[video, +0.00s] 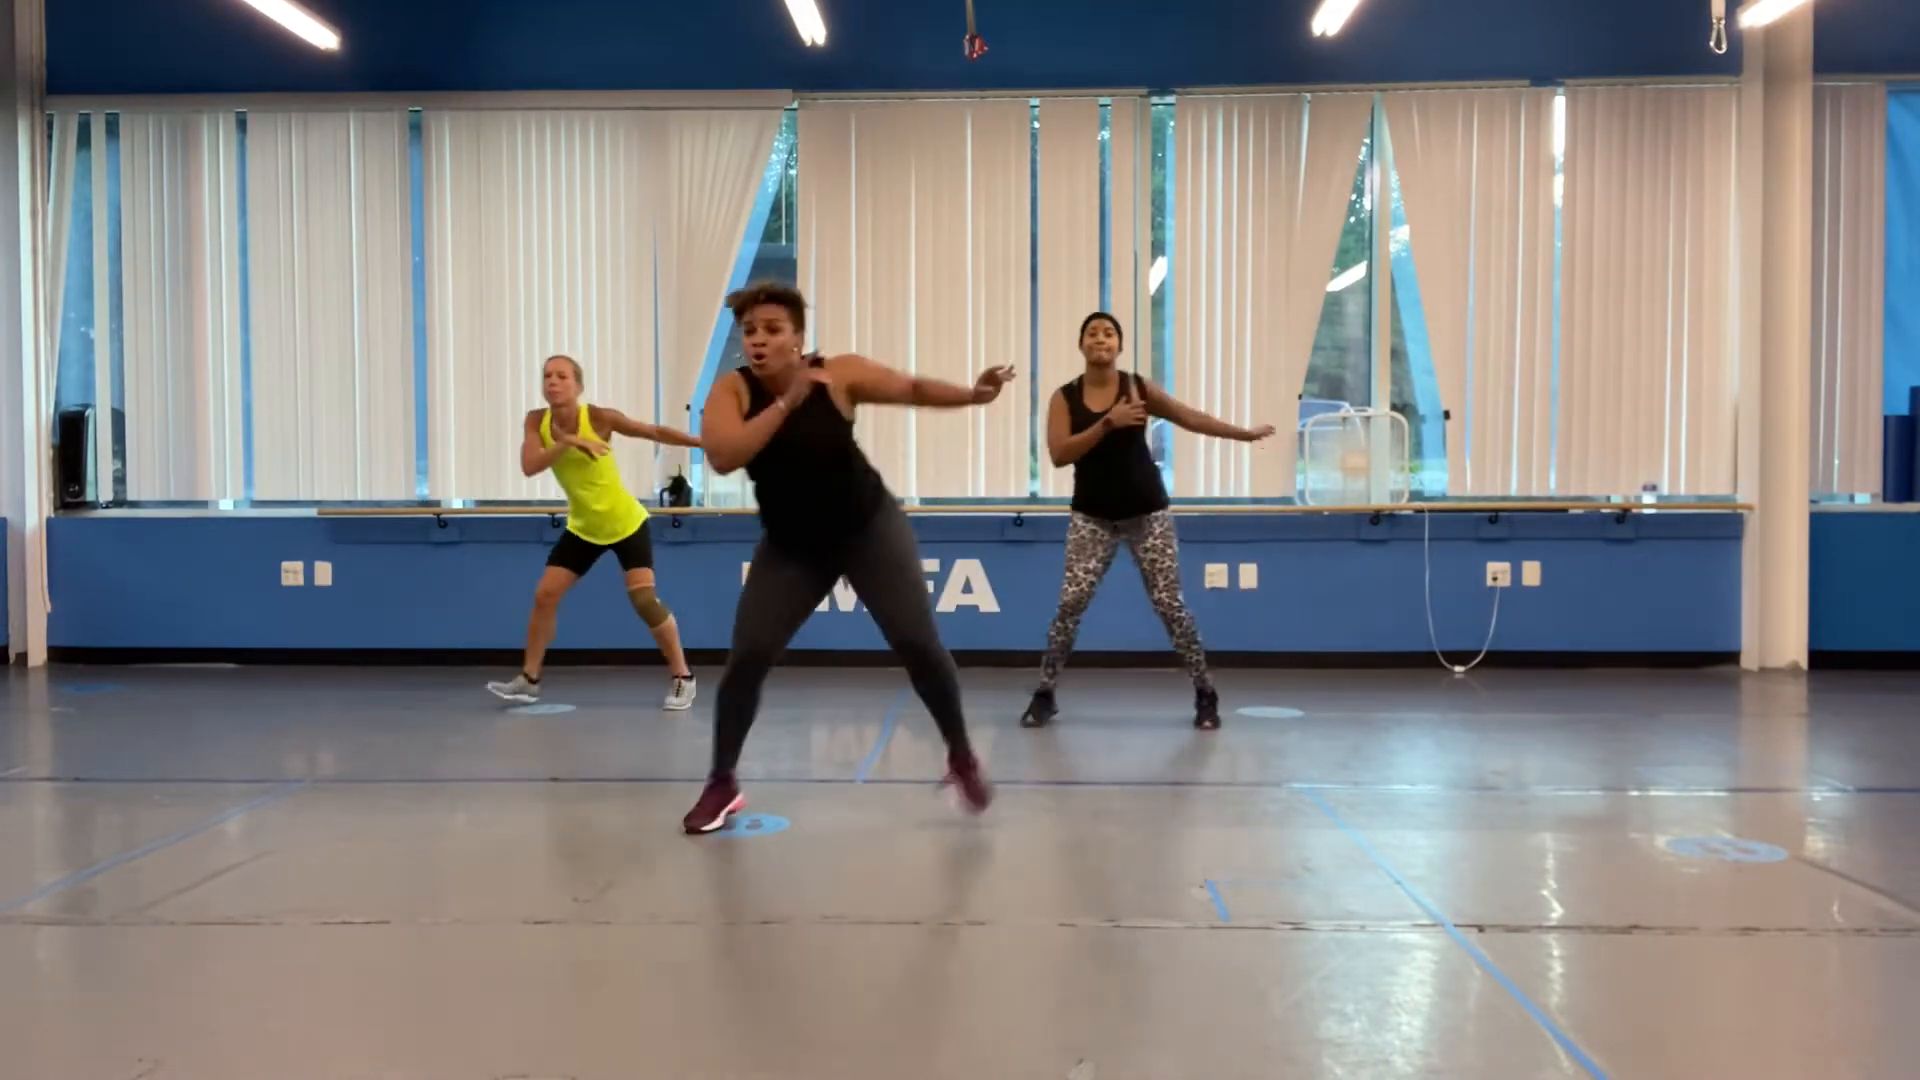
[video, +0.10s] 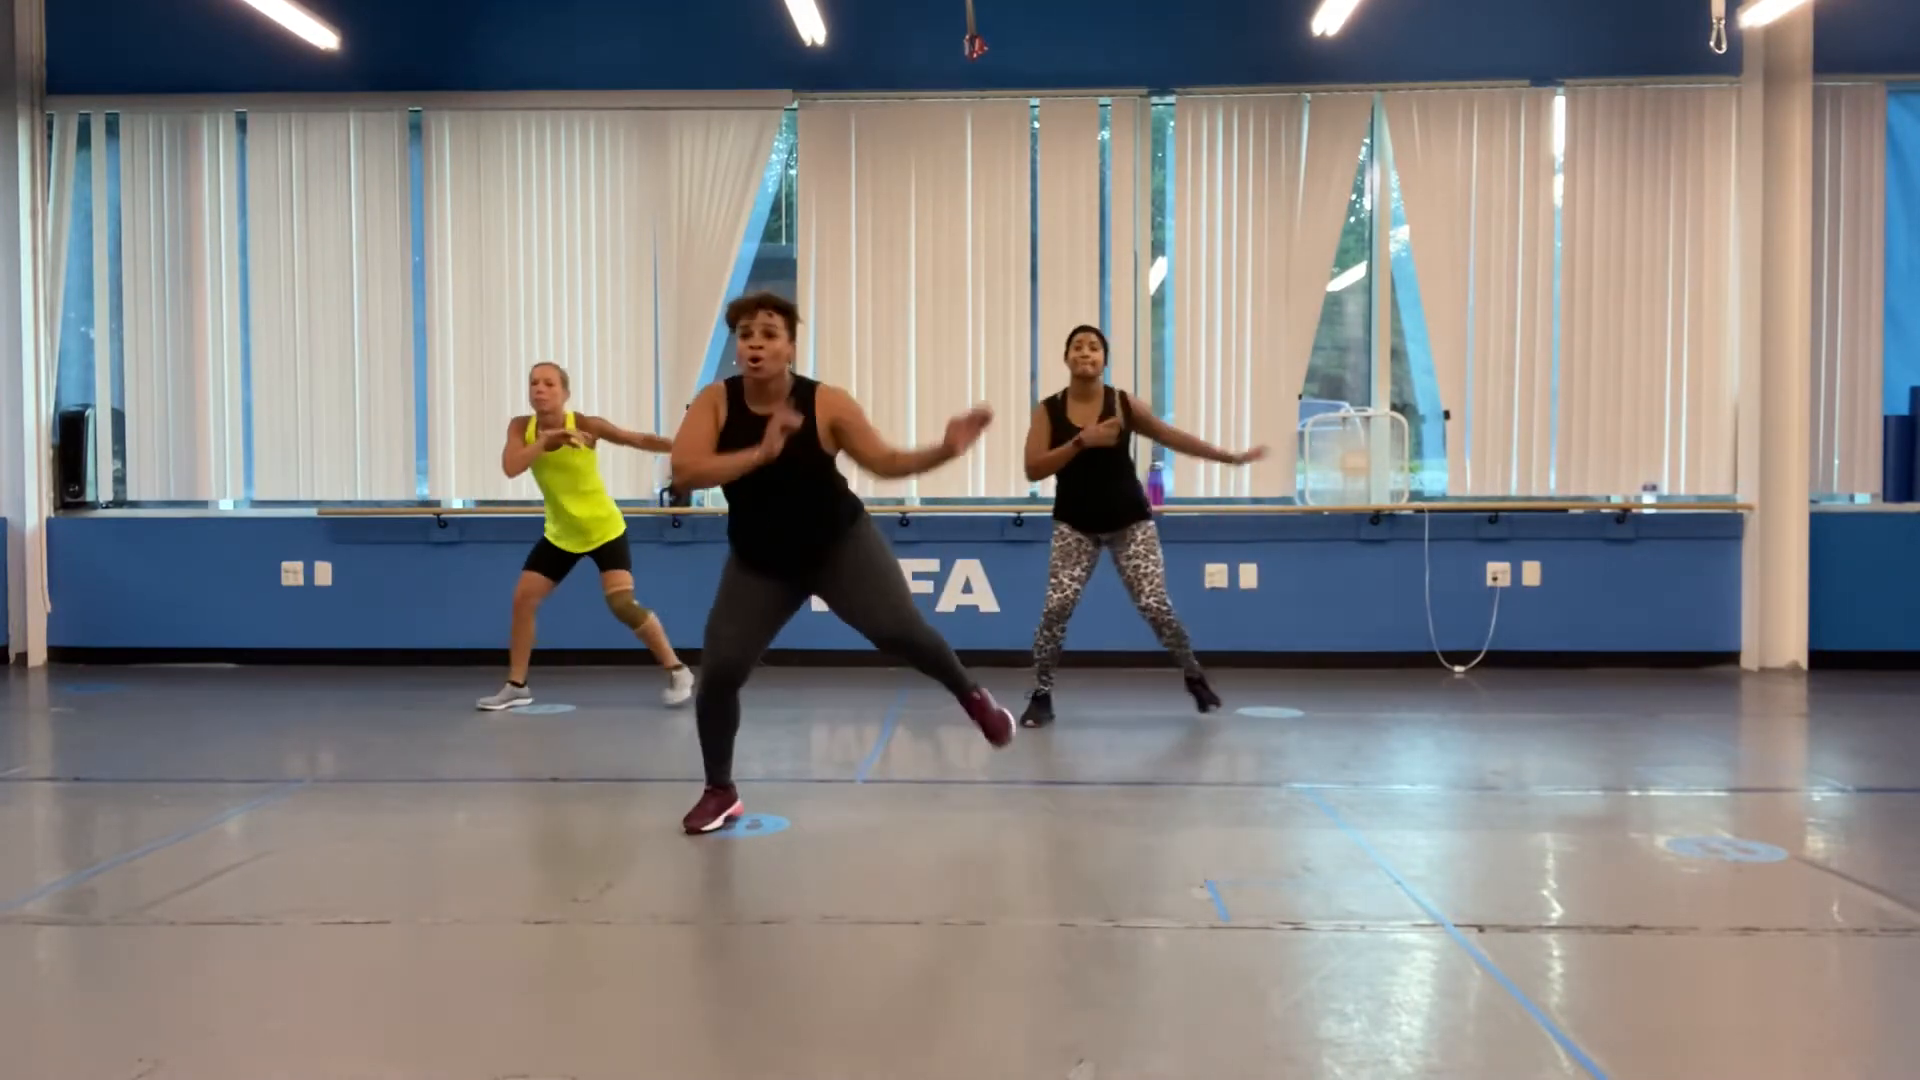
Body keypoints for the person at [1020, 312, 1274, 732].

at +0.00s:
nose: (1100, 341)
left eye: (1108, 335)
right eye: (1093, 335)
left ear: (1119, 346)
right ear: (1080, 346)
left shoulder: (1138, 390)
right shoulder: (1064, 398)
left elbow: (1192, 419)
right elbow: (1059, 455)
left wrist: (1245, 434)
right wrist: (1108, 422)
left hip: (1148, 515)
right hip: (1092, 518)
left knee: (1168, 604)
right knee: (1071, 602)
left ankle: (1205, 693)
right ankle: (1044, 694)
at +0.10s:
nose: (1086, 353)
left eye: (1094, 348)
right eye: (1078, 348)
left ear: (1105, 360)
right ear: (1066, 360)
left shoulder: (1123, 405)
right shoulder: (1048, 410)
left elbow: (1172, 437)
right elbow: (1033, 469)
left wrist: (1229, 457)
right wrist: (1080, 442)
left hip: (1130, 522)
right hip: (1074, 526)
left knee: (1153, 604)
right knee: (1057, 606)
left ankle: (1196, 679)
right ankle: (1040, 696)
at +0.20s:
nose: (1078, 360)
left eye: (1086, 354)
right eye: (1070, 355)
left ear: (1098, 365)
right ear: (1059, 366)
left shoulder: (1117, 414)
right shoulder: (1041, 420)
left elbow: (1155, 465)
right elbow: (1015, 480)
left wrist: (1197, 508)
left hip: (1123, 530)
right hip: (1067, 533)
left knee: (1146, 612)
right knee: (1049, 611)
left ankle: (1170, 684)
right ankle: (1040, 697)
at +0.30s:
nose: (1081, 357)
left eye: (1089, 350)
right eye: (1073, 352)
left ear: (1101, 360)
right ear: (1062, 364)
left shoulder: (1123, 411)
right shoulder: (1046, 418)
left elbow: (1142, 473)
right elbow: (1014, 470)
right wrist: (1000, 515)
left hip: (1122, 522)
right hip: (1068, 525)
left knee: (1146, 608)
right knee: (1055, 608)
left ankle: (1164, 690)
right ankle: (1040, 696)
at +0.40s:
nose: (1091, 349)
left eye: (1098, 342)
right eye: (1082, 345)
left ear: (1112, 351)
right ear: (1073, 357)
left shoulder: (1135, 399)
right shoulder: (1060, 408)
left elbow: (1143, 467)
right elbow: (1023, 453)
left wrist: (1088, 485)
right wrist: (978, 481)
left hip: (1132, 518)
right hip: (1077, 519)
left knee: (1160, 598)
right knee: (1065, 605)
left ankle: (1179, 684)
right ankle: (1039, 693)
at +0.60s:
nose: (1122, 352)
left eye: (1128, 345)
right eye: (1113, 349)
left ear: (1142, 353)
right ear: (1104, 362)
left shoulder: (1170, 402)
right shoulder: (1093, 412)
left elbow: (1193, 462)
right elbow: (1064, 467)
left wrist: (1146, 490)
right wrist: (1010, 470)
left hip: (1162, 523)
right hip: (1106, 523)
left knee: (1179, 608)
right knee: (1095, 604)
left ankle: (1198, 699)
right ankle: (1058, 677)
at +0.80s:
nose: (1127, 346)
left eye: (1134, 339)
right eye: (1119, 341)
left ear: (1147, 349)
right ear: (1108, 354)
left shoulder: (1169, 398)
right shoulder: (1093, 407)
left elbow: (1207, 452)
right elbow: (1078, 473)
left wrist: (1259, 492)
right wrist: (1096, 502)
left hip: (1167, 520)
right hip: (1112, 523)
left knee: (1174, 609)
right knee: (1092, 606)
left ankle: (1199, 700)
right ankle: (1079, 690)